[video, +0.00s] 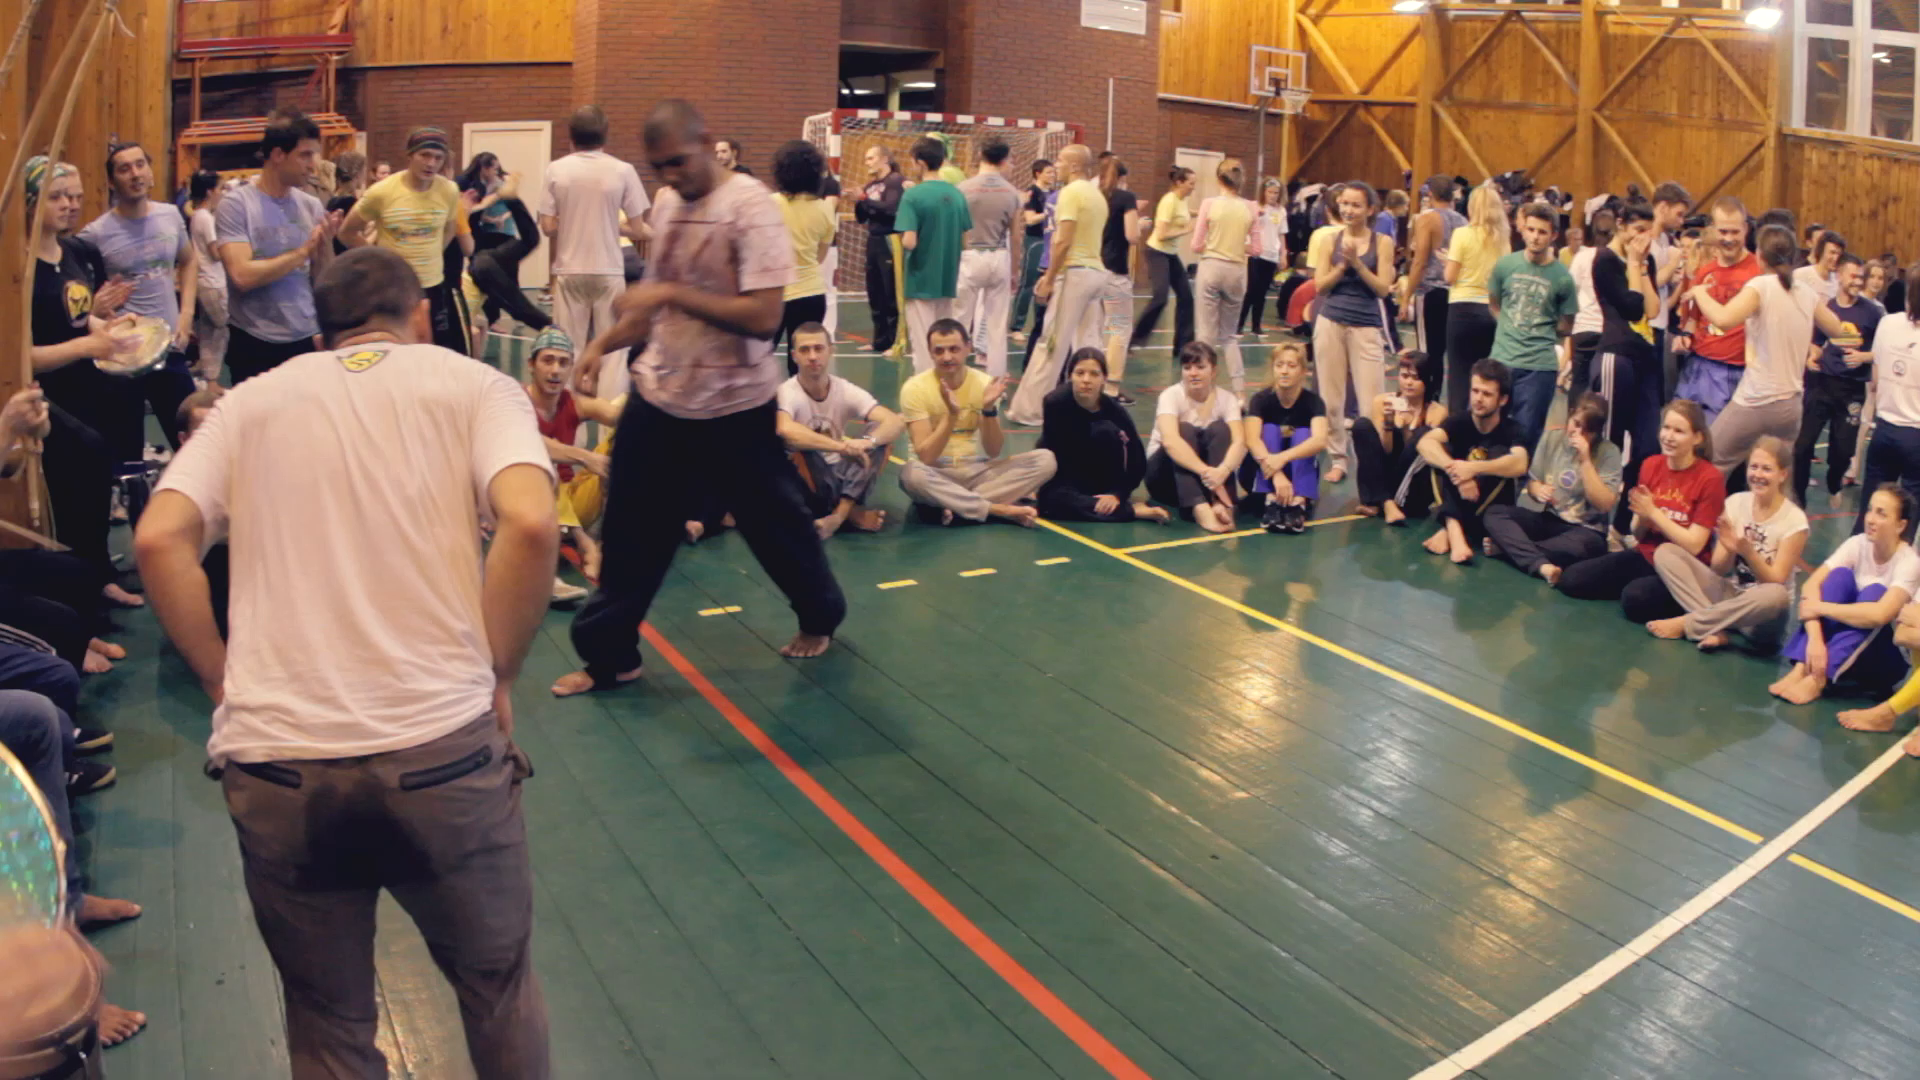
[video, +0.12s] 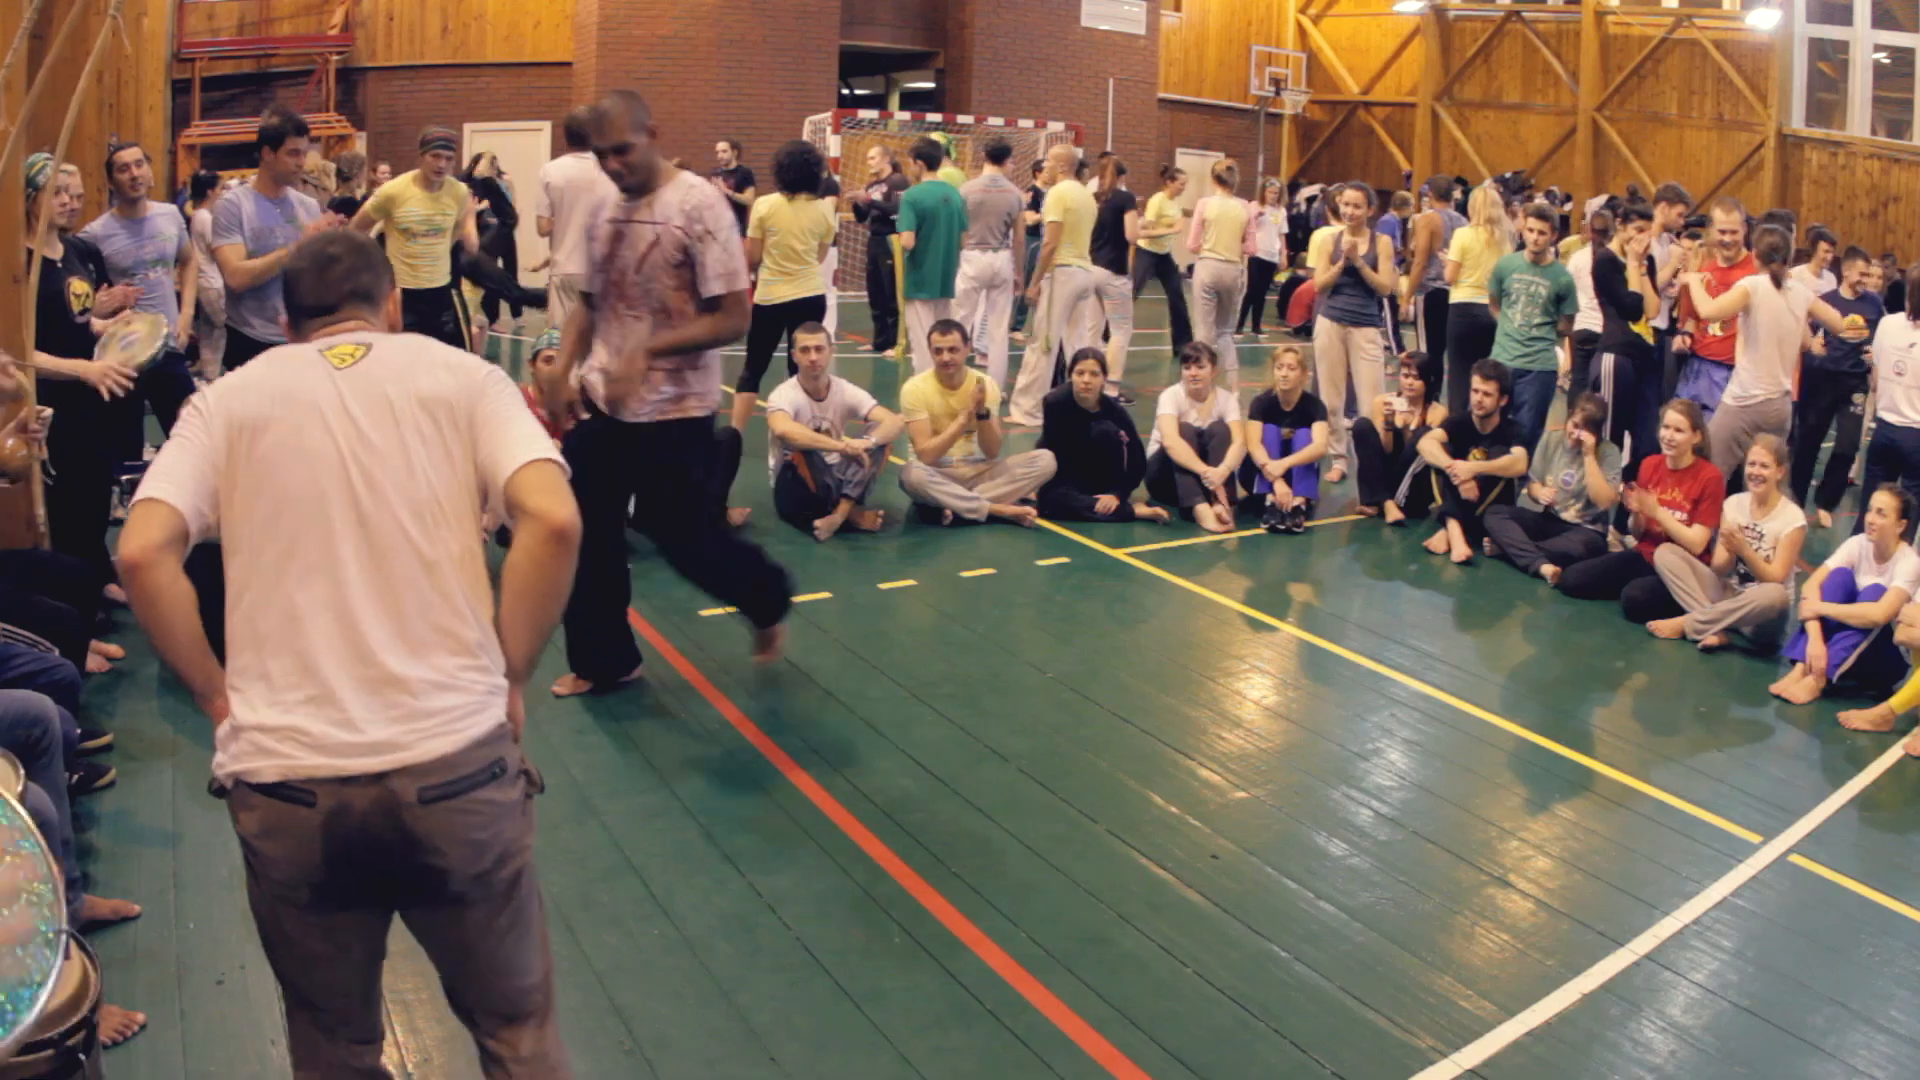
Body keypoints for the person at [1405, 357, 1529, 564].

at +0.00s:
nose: (1479, 399)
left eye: (1487, 394)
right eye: (1475, 391)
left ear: (1503, 400)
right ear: (1469, 392)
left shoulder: (1511, 429)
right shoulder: (1459, 421)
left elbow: (1519, 465)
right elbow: (1425, 444)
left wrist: (1473, 467)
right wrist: (1459, 474)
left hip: (1493, 512)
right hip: (1455, 505)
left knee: (1501, 457)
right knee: (1437, 455)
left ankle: (1450, 528)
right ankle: (1454, 529)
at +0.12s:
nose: (1479, 399)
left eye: (1487, 394)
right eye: (1475, 391)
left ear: (1503, 400)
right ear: (1469, 392)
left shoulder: (1511, 430)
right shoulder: (1460, 421)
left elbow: (1519, 465)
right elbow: (1425, 444)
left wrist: (1473, 467)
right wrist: (1459, 474)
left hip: (1493, 511)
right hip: (1455, 505)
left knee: (1501, 457)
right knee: (1437, 454)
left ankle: (1450, 528)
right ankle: (1454, 529)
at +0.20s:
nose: (1478, 399)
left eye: (1487, 395)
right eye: (1475, 392)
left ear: (1503, 400)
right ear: (1469, 392)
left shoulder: (1511, 429)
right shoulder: (1459, 421)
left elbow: (1520, 465)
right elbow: (1426, 443)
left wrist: (1472, 468)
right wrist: (1459, 475)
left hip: (1492, 510)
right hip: (1454, 504)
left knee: (1500, 458)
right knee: (1437, 455)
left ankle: (1449, 528)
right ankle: (1454, 528)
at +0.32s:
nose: (1478, 399)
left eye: (1487, 394)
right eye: (1475, 392)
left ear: (1503, 400)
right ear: (1469, 391)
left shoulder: (1511, 429)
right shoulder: (1460, 421)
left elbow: (1519, 465)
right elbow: (1425, 443)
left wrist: (1473, 468)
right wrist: (1458, 474)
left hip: (1492, 509)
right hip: (1454, 504)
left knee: (1500, 456)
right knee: (1437, 453)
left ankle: (1449, 528)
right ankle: (1454, 528)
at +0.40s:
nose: (1478, 399)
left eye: (1487, 395)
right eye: (1475, 392)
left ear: (1503, 400)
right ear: (1469, 391)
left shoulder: (1511, 429)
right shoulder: (1460, 421)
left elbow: (1519, 465)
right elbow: (1426, 443)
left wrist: (1472, 468)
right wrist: (1459, 474)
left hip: (1491, 511)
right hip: (1454, 504)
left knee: (1499, 457)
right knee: (1437, 454)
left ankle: (1449, 528)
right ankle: (1454, 528)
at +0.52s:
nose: (1478, 399)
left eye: (1487, 395)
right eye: (1475, 392)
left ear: (1503, 400)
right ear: (1469, 391)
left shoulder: (1511, 429)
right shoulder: (1459, 421)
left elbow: (1519, 465)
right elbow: (1425, 443)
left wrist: (1472, 468)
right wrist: (1459, 474)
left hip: (1492, 511)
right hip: (1454, 504)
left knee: (1499, 457)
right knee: (1437, 454)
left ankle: (1449, 528)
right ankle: (1454, 528)